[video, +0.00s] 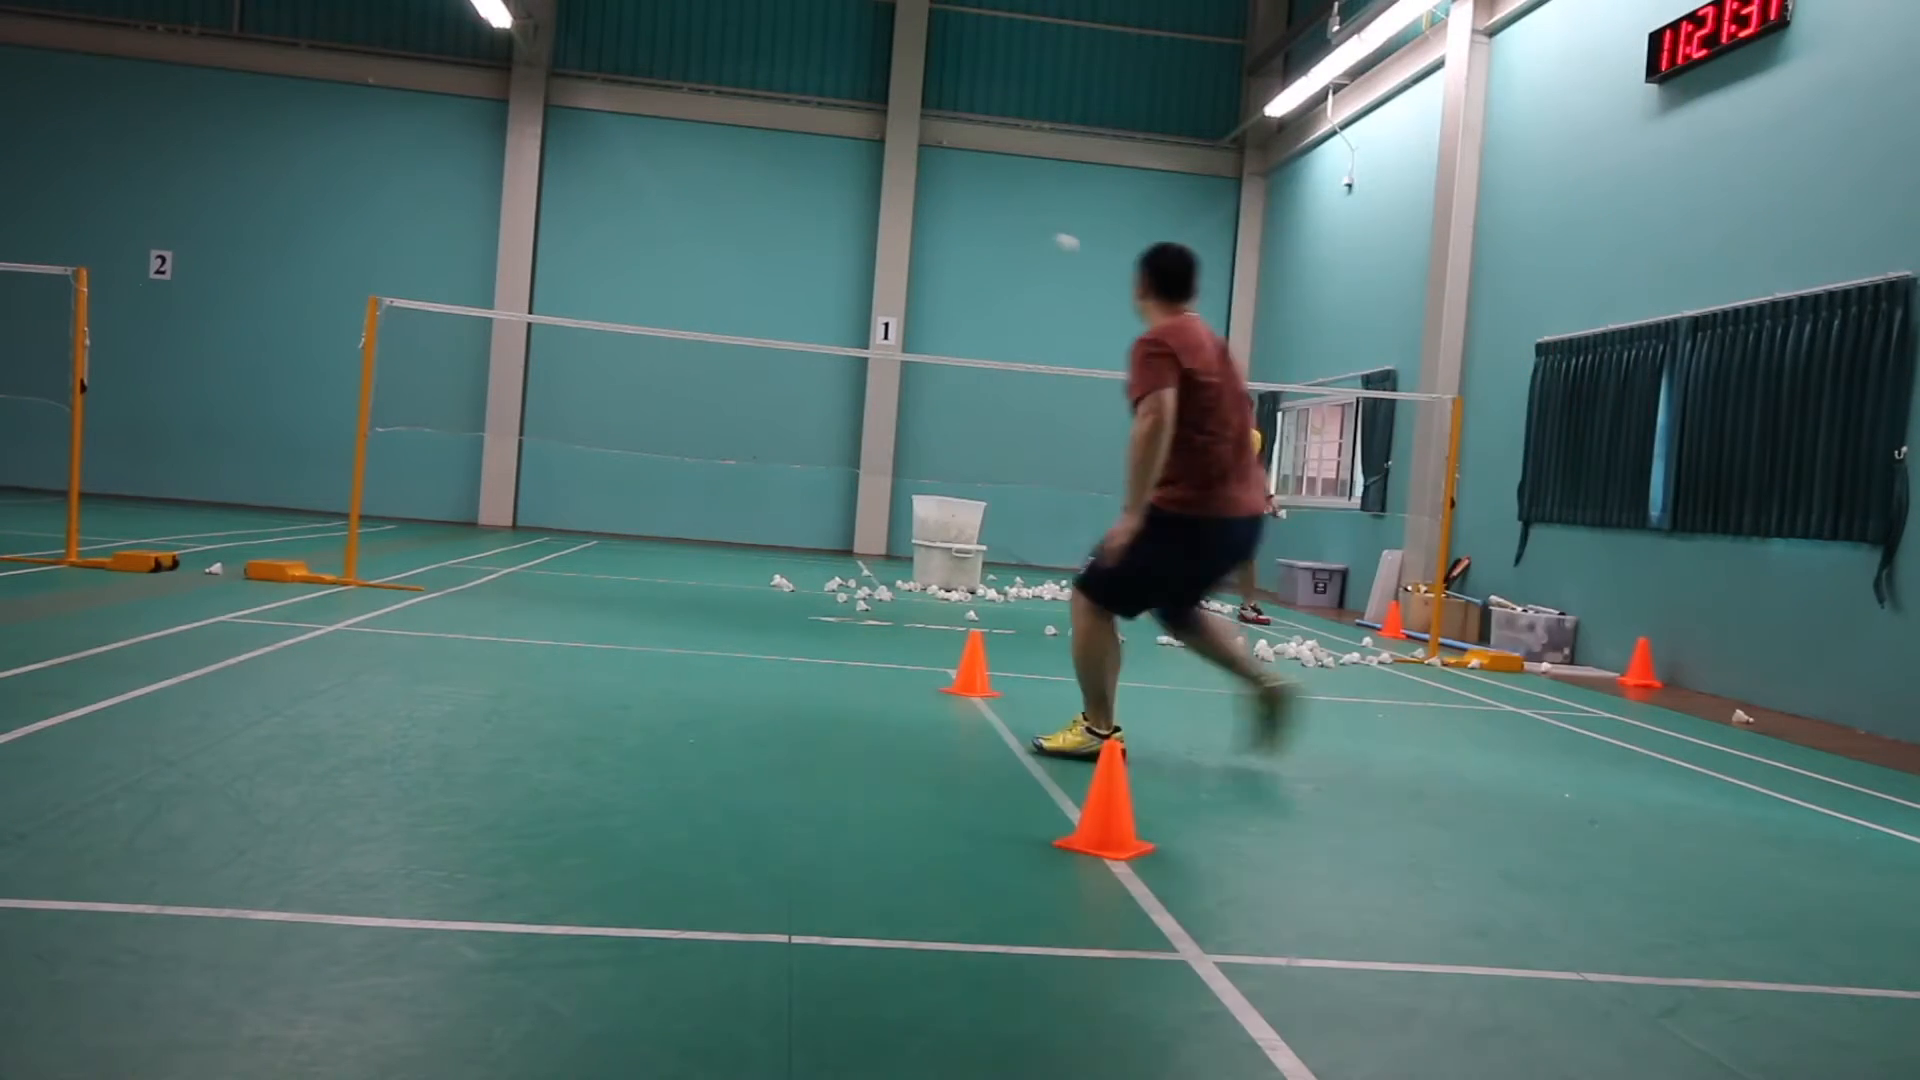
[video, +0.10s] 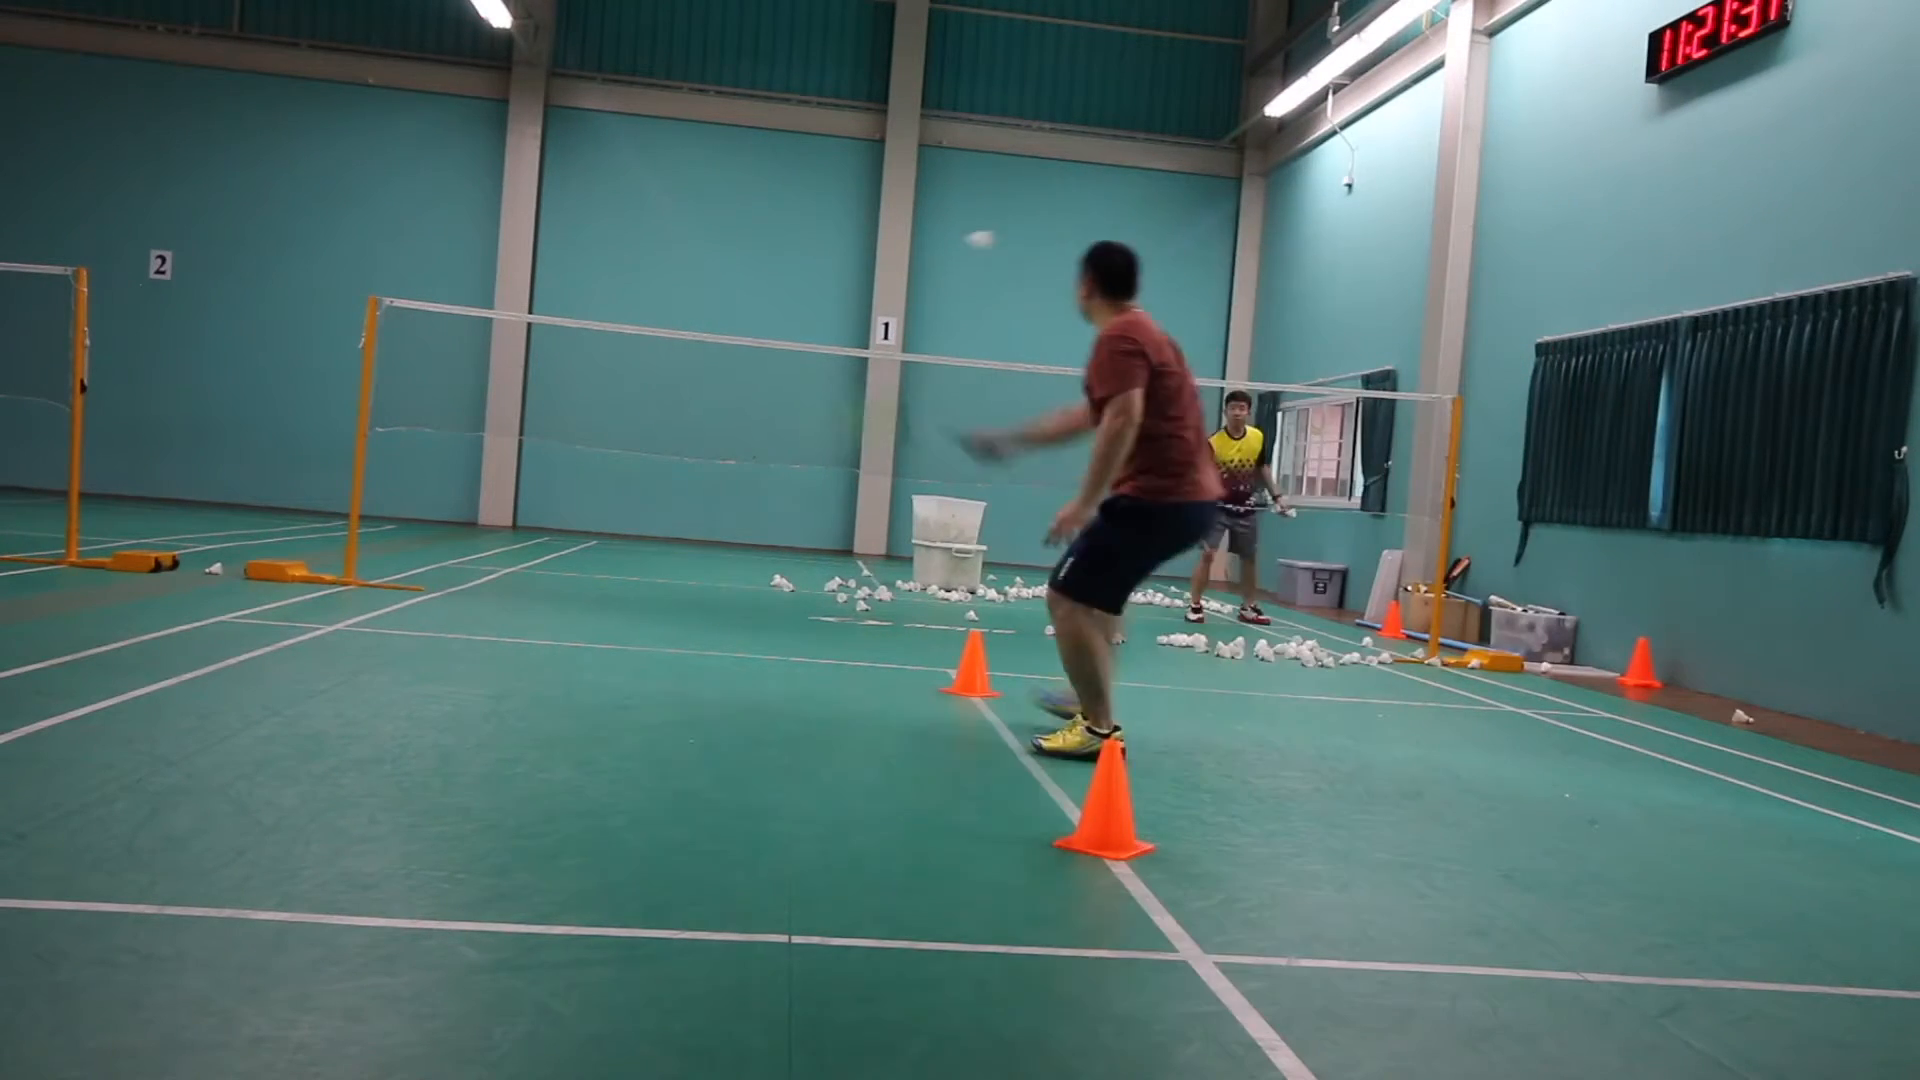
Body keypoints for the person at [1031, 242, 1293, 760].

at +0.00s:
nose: (1135, 291)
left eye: (1137, 283)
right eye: (1139, 283)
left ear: (1142, 287)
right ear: (1190, 288)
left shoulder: (1158, 343)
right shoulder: (1215, 346)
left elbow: (1157, 418)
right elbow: (1241, 432)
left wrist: (1133, 511)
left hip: (1189, 516)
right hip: (1240, 517)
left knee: (1093, 596)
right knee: (1177, 609)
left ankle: (1098, 725)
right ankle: (1266, 683)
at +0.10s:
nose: (1078, 291)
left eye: (1080, 281)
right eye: (1082, 281)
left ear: (1089, 286)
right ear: (1128, 286)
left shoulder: (1120, 337)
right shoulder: (1145, 334)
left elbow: (1124, 417)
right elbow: (1090, 413)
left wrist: (1085, 502)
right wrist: (1015, 438)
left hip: (1158, 498)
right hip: (1188, 497)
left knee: (1066, 596)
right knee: (1099, 593)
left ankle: (1099, 726)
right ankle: (1090, 698)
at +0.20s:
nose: (1034, 295)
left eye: (1036, 285)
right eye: (1037, 285)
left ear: (1046, 289)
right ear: (1082, 290)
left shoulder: (1086, 340)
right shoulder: (1071, 347)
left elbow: (1105, 405)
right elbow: (1019, 403)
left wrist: (1072, 482)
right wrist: (962, 405)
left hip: (1104, 506)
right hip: (1085, 502)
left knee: (1032, 604)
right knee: (1026, 592)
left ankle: (1094, 721)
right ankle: (997, 688)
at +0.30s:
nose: (1017, 294)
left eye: (1019, 287)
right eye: (1020, 287)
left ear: (1026, 288)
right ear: (1069, 291)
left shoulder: (1055, 335)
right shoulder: (1069, 338)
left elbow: (1071, 391)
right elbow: (1034, 420)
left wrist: (1057, 463)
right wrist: (984, 425)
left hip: (1062, 500)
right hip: (1046, 495)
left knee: (997, 596)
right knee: (987, 576)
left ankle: (1074, 702)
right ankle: (992, 687)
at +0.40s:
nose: (1021, 284)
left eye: (1021, 276)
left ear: (1021, 276)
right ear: (1069, 283)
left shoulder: (1022, 309)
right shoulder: (1082, 332)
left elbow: (1012, 364)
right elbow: (1083, 409)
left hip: (1027, 475)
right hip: (1069, 480)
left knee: (971, 581)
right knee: (1001, 581)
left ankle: (1048, 687)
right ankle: (994, 687)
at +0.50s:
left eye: (1023, 276)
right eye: (1073, 278)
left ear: (1023, 274)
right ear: (1072, 279)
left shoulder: (1004, 313)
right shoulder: (1094, 342)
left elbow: (963, 367)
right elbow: (1096, 427)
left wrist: (919, 438)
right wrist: (1068, 454)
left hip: (1010, 474)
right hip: (1068, 480)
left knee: (967, 579)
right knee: (1016, 585)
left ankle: (1009, 687)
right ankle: (995, 688)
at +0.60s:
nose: (1082, 280)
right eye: (1083, 274)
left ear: (1029, 272)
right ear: (1079, 275)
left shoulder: (993, 322)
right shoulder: (1103, 339)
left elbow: (939, 394)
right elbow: (1132, 421)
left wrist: (909, 458)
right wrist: (1113, 475)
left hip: (997, 482)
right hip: (1065, 487)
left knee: (974, 591)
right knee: (1030, 590)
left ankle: (975, 702)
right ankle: (1003, 689)